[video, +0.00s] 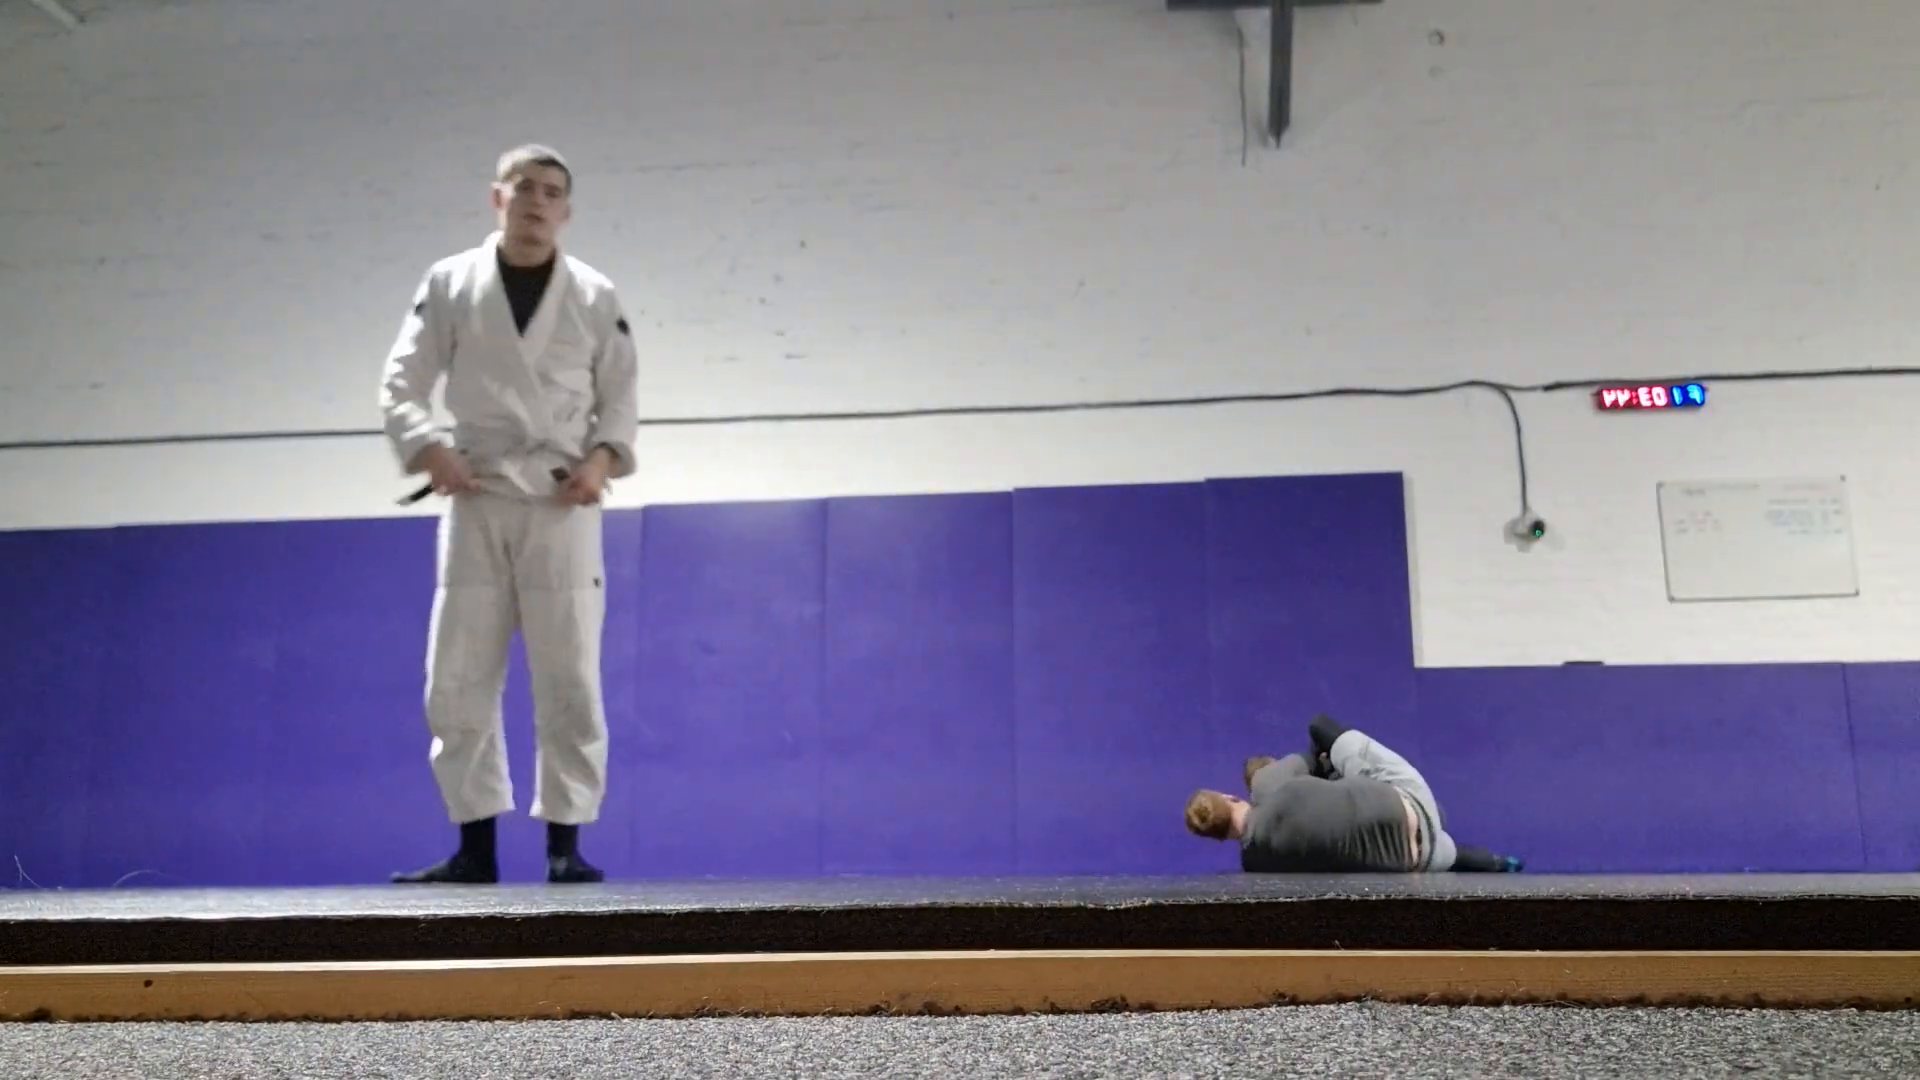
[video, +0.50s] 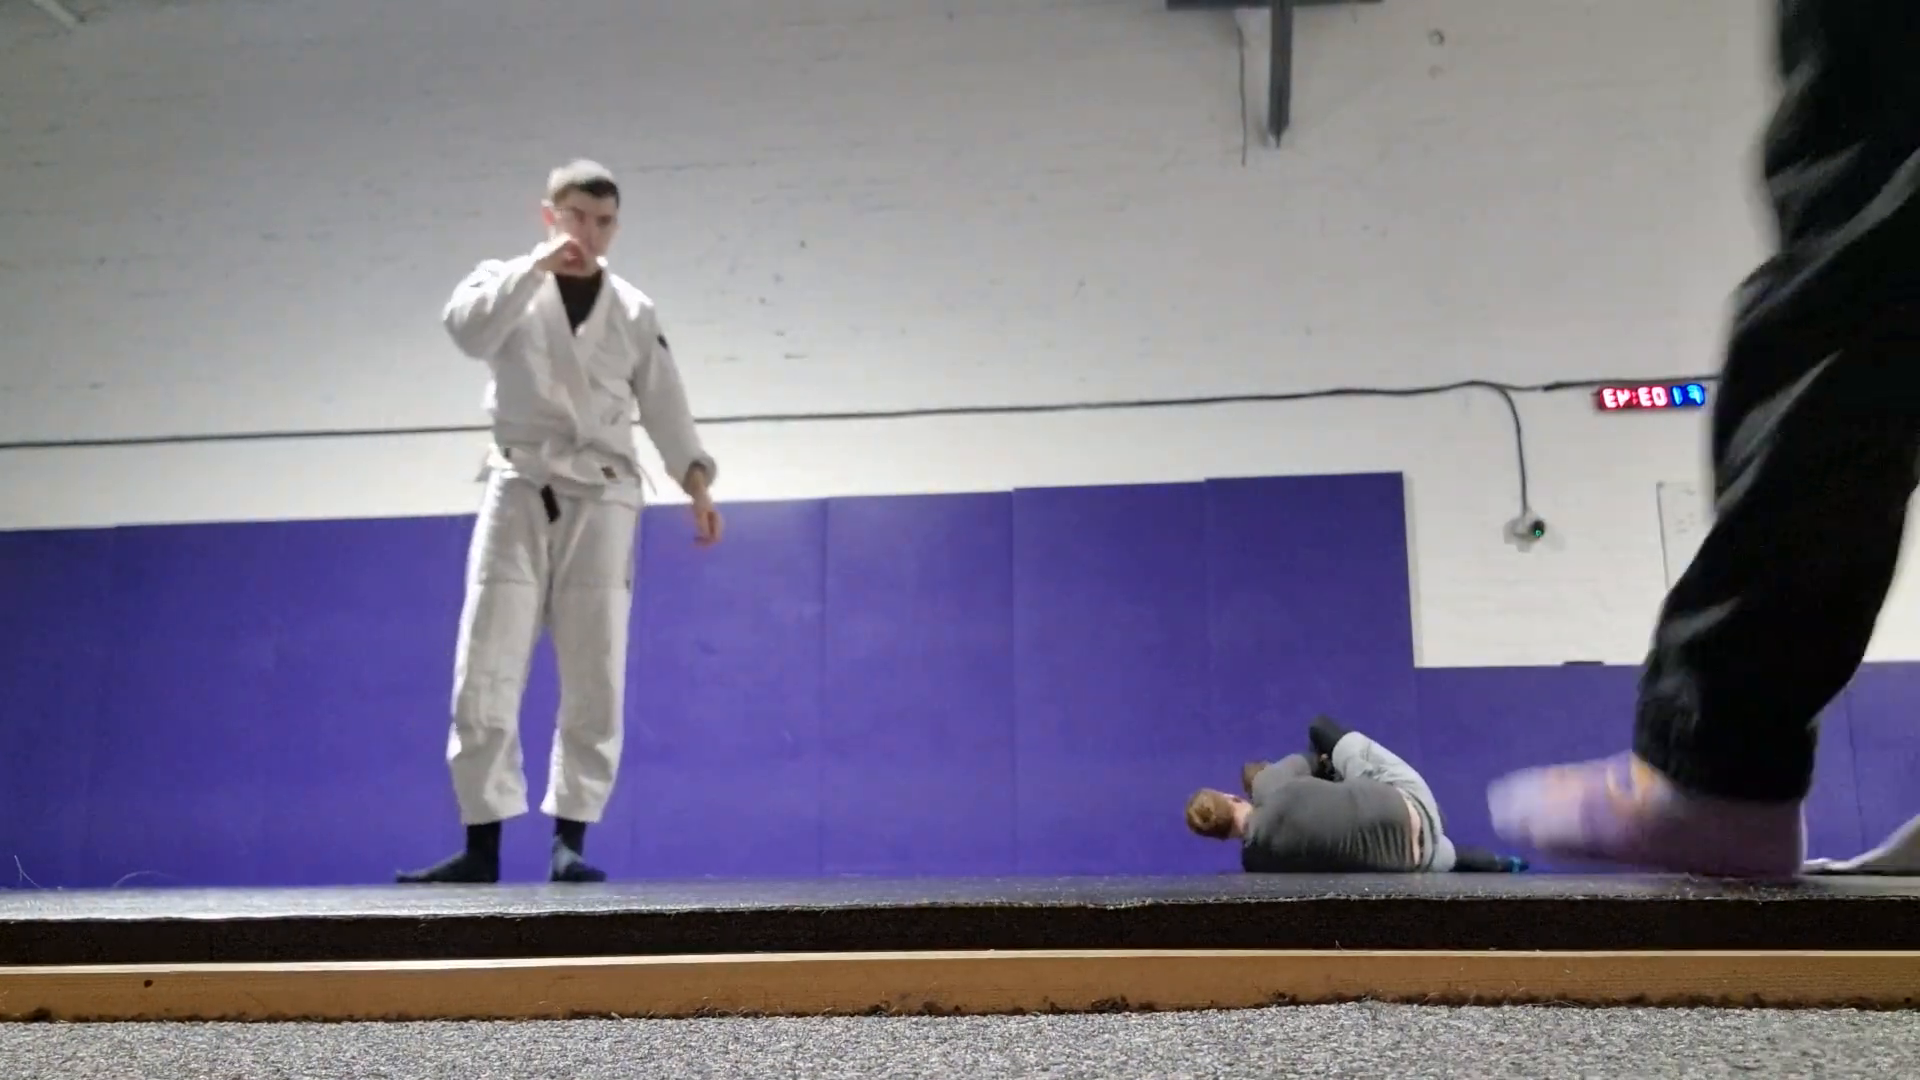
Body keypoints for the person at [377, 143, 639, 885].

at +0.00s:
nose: (535, 204)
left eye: (550, 194)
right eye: (524, 190)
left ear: (568, 212)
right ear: (496, 198)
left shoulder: (596, 300)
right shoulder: (449, 285)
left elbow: (620, 403)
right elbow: (401, 387)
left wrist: (601, 463)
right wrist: (430, 448)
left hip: (564, 503)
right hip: (474, 500)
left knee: (569, 676)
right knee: (459, 675)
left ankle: (565, 849)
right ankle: (475, 849)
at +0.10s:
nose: (553, 207)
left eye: (567, 197)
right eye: (541, 192)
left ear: (584, 213)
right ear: (513, 197)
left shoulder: (608, 300)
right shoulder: (463, 280)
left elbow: (632, 399)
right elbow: (415, 371)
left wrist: (624, 462)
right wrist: (466, 409)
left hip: (576, 507)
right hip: (487, 501)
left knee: (577, 672)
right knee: (469, 671)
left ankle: (568, 848)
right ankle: (475, 851)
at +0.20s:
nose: (562, 216)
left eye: (578, 205)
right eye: (550, 200)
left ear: (595, 217)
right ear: (525, 203)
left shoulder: (617, 304)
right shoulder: (476, 280)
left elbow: (643, 397)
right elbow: (426, 362)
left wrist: (653, 474)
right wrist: (494, 343)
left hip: (587, 504)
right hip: (499, 499)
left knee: (587, 674)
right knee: (474, 672)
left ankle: (568, 849)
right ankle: (477, 852)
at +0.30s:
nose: (578, 226)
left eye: (590, 215)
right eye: (566, 210)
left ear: (605, 221)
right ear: (535, 208)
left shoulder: (624, 306)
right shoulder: (488, 279)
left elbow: (652, 401)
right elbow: (450, 355)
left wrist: (678, 481)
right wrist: (520, 290)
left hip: (592, 501)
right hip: (505, 495)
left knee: (588, 670)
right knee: (478, 667)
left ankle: (569, 847)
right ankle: (478, 849)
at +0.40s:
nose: (578, 230)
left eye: (593, 219)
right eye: (567, 214)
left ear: (610, 226)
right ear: (540, 212)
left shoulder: (630, 309)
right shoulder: (496, 280)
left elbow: (660, 404)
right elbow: (463, 341)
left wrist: (695, 484)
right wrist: (533, 269)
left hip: (600, 499)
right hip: (512, 492)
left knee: (592, 668)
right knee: (481, 665)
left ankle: (569, 845)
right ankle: (481, 848)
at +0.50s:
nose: (586, 233)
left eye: (600, 223)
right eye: (575, 217)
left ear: (616, 230)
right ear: (548, 214)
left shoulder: (633, 311)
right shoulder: (503, 280)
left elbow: (663, 404)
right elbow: (465, 329)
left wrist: (698, 482)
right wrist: (539, 264)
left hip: (603, 499)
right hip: (516, 493)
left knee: (594, 667)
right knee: (484, 666)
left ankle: (569, 846)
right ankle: (480, 848)